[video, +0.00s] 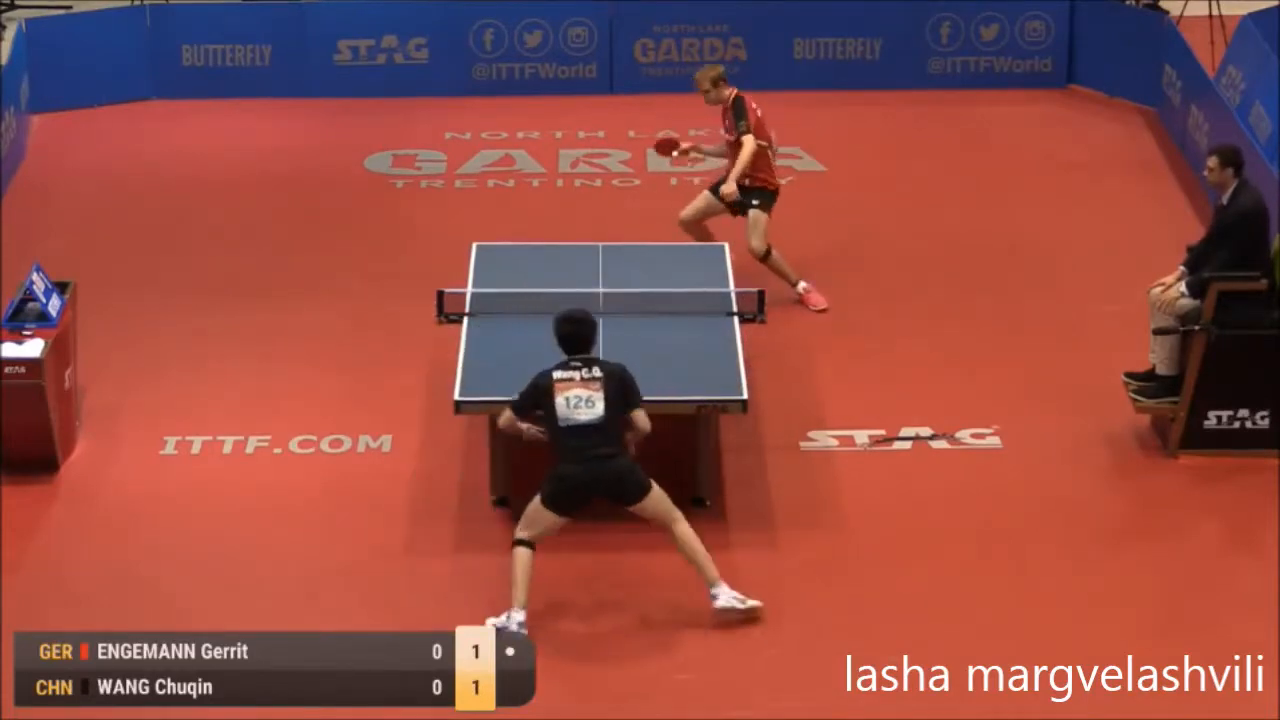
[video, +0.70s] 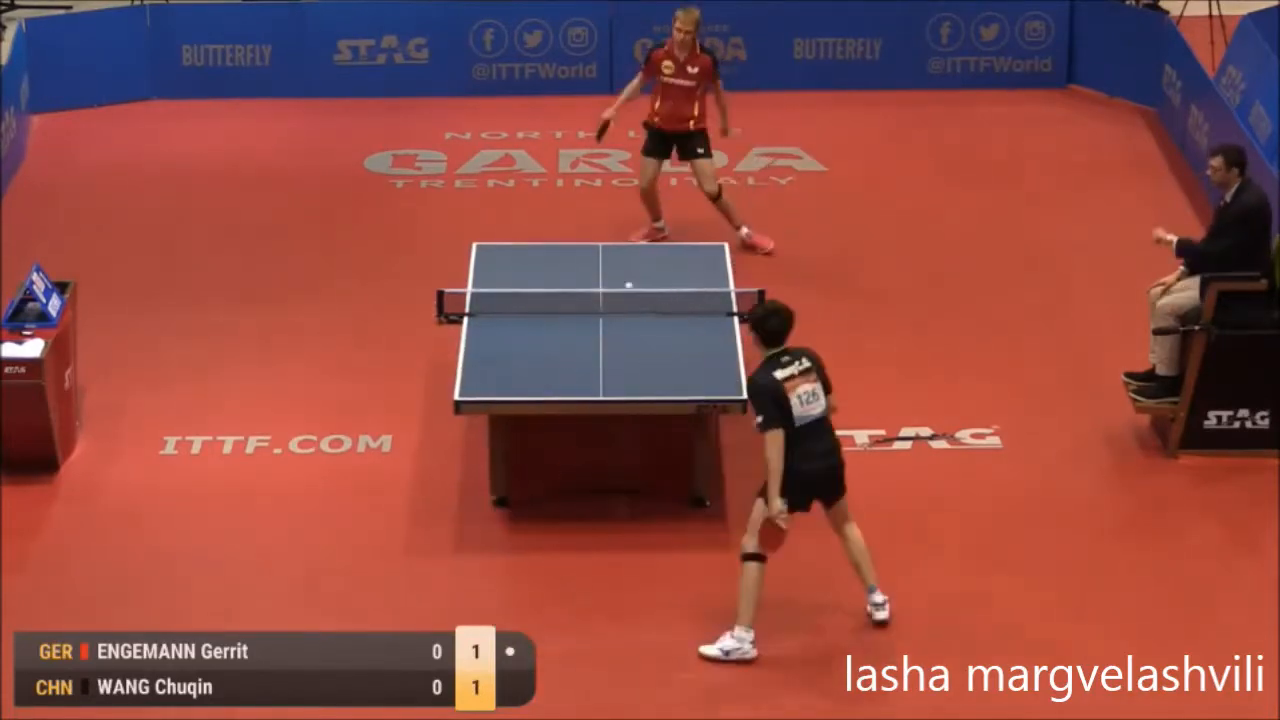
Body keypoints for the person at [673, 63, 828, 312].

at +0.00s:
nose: (704, 99)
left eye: (706, 93)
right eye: (702, 93)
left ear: (721, 86)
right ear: (719, 88)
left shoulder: (740, 104)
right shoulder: (729, 107)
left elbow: (749, 144)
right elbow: (730, 149)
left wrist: (732, 179)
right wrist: (697, 149)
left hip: (761, 184)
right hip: (738, 180)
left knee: (757, 247)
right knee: (688, 219)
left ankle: (801, 287)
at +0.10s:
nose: (704, 82)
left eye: (708, 76)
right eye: (701, 77)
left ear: (722, 75)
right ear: (699, 78)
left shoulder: (737, 99)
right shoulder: (706, 103)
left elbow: (755, 137)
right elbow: (695, 142)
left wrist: (722, 155)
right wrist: (680, 129)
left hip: (756, 174)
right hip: (730, 174)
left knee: (757, 232)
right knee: (686, 209)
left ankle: (801, 285)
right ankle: (721, 259)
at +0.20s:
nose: (704, 70)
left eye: (709, 65)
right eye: (700, 65)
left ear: (721, 65)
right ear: (696, 65)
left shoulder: (733, 91)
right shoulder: (694, 92)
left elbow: (757, 126)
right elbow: (679, 126)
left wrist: (724, 133)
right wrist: (670, 117)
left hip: (749, 160)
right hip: (720, 161)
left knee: (763, 216)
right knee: (686, 206)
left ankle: (793, 274)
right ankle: (720, 254)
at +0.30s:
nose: (703, 60)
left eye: (708, 54)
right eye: (700, 54)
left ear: (718, 54)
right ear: (694, 54)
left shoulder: (732, 78)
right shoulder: (689, 79)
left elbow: (757, 114)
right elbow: (669, 104)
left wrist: (724, 121)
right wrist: (657, 108)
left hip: (735, 140)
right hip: (703, 141)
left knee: (746, 197)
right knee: (678, 191)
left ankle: (774, 248)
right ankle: (712, 239)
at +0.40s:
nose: (702, 56)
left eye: (707, 51)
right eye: (698, 50)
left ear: (716, 51)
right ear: (693, 50)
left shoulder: (732, 75)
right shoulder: (685, 75)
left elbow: (755, 110)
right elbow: (668, 101)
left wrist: (729, 123)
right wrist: (652, 111)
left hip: (728, 142)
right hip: (695, 138)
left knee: (742, 201)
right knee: (665, 188)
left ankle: (767, 231)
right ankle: (696, 227)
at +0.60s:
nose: (691, 54)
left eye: (696, 49)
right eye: (688, 48)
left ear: (705, 51)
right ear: (681, 48)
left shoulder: (717, 78)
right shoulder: (669, 76)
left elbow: (731, 105)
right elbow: (652, 104)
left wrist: (738, 139)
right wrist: (631, 130)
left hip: (704, 146)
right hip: (671, 144)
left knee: (724, 202)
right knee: (647, 198)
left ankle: (756, 234)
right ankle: (659, 229)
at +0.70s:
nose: (681, 37)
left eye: (686, 32)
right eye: (678, 31)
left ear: (695, 33)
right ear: (672, 29)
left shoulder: (706, 61)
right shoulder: (657, 56)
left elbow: (718, 92)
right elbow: (638, 83)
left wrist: (725, 123)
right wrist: (613, 109)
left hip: (693, 131)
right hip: (659, 129)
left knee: (710, 188)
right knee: (645, 186)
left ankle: (743, 233)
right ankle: (658, 227)